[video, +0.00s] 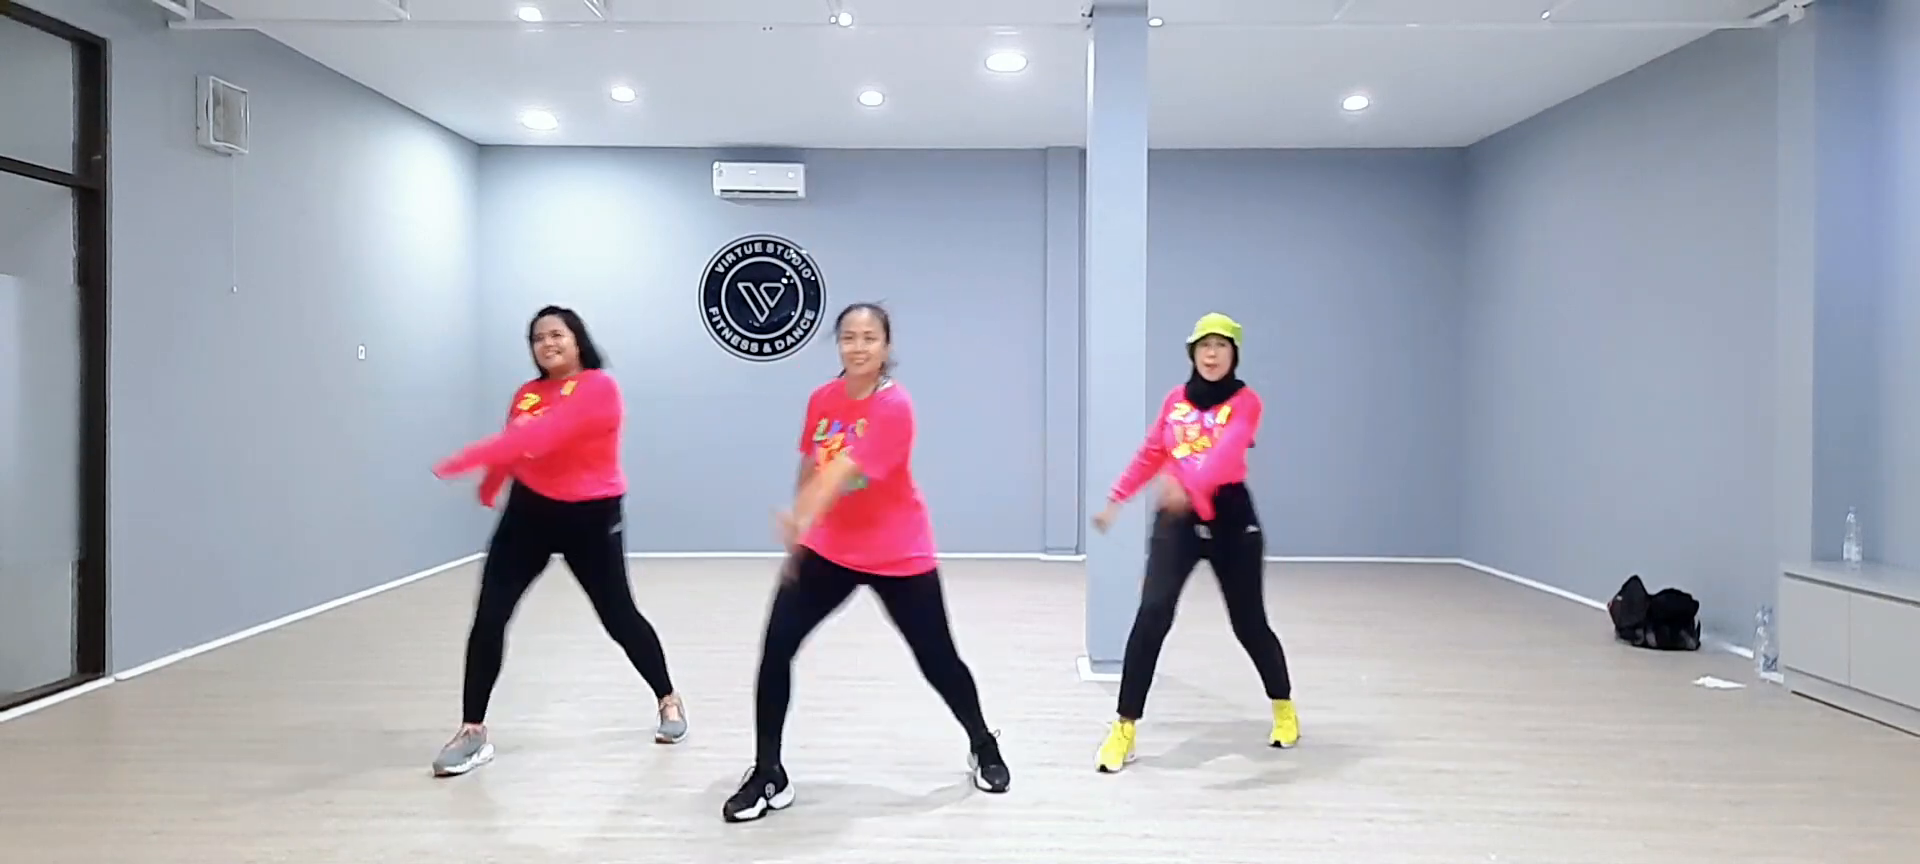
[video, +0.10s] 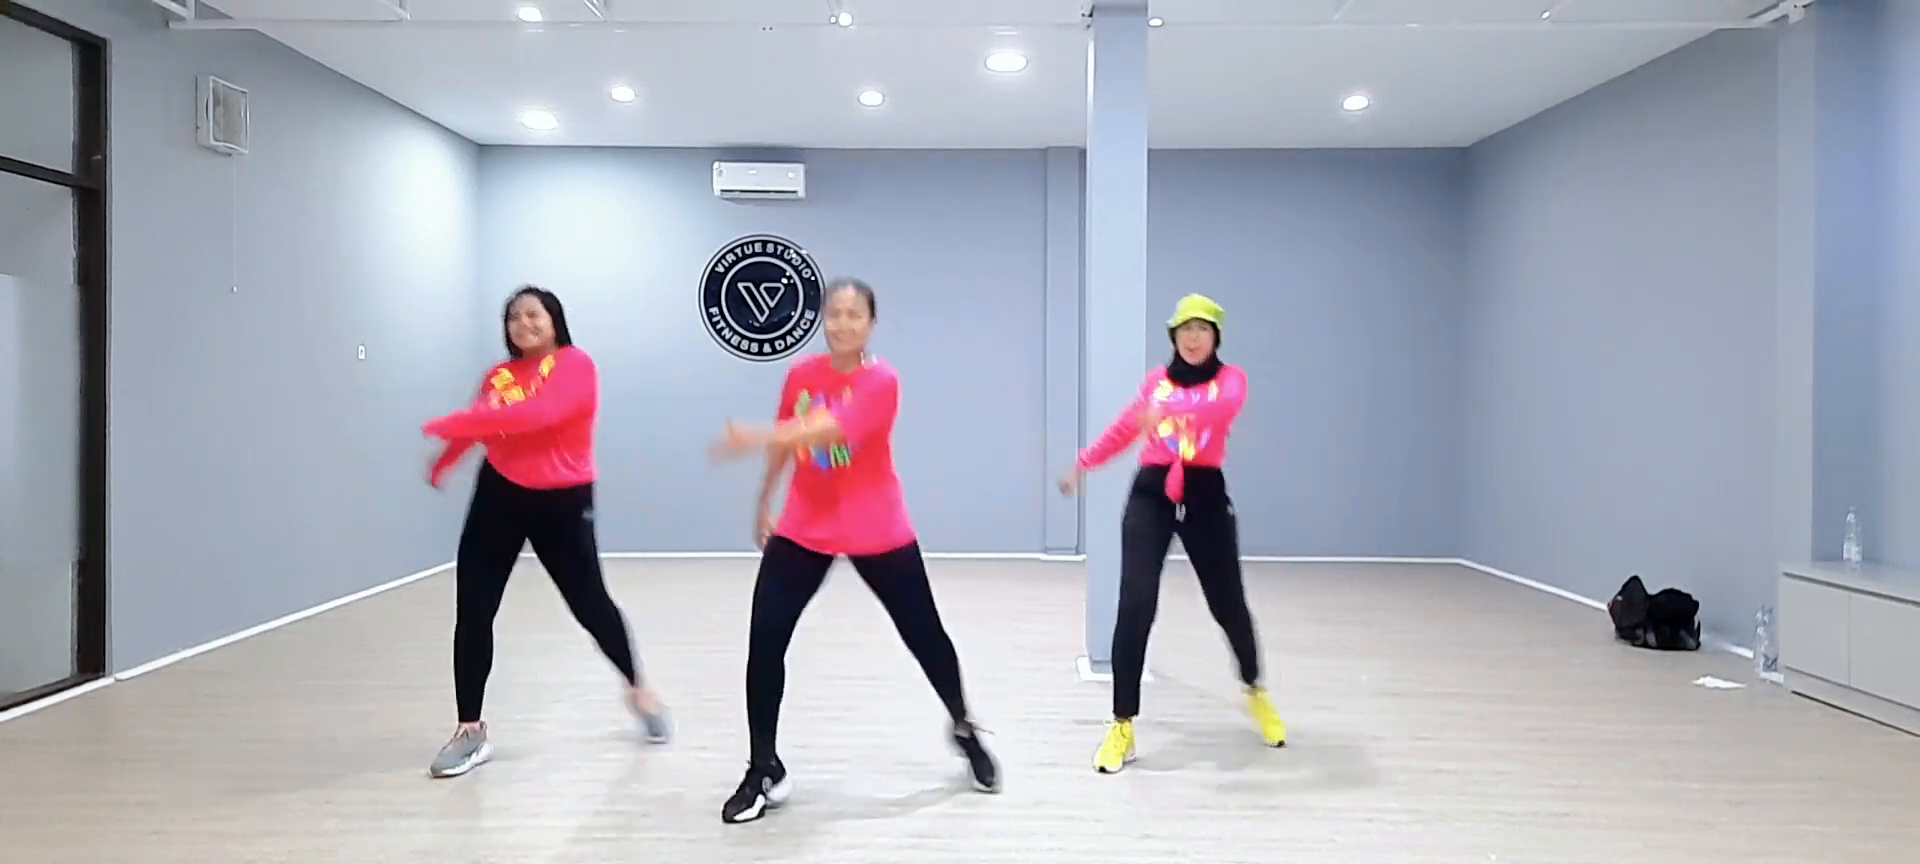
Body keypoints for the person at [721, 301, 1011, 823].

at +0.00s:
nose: (858, 346)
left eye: (869, 338)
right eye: (849, 338)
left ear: (887, 347)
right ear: (838, 346)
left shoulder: (894, 407)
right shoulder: (823, 399)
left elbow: (843, 473)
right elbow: (809, 469)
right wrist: (801, 520)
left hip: (900, 556)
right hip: (831, 551)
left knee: (939, 663)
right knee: (776, 648)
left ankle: (983, 745)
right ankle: (768, 773)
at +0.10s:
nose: (842, 322)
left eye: (853, 314)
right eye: (834, 314)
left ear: (871, 324)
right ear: (822, 321)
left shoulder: (880, 383)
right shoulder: (801, 375)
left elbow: (834, 428)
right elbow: (787, 443)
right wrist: (764, 506)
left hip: (876, 527)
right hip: (806, 525)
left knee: (926, 637)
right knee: (765, 641)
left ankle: (965, 729)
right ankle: (764, 766)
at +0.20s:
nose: (829, 294)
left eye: (840, 285)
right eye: (820, 285)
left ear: (858, 292)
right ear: (807, 291)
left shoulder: (874, 343)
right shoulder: (785, 342)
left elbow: (851, 383)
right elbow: (755, 405)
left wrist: (766, 377)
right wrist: (731, 465)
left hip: (865, 492)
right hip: (795, 495)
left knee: (913, 598)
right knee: (770, 620)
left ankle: (901, 706)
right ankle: (747, 747)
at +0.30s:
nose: (812, 291)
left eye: (822, 282)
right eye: (803, 282)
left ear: (841, 289)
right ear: (789, 290)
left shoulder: (858, 329)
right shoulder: (774, 336)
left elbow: (881, 356)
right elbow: (723, 377)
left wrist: (806, 354)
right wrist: (688, 428)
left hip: (857, 490)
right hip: (786, 493)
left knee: (891, 602)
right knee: (768, 617)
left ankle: (841, 689)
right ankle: (744, 744)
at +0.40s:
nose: (794, 321)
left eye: (805, 310)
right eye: (785, 310)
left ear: (823, 314)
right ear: (770, 314)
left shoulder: (852, 353)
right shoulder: (758, 360)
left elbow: (920, 339)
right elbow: (692, 371)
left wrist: (865, 364)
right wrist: (640, 410)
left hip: (846, 524)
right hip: (776, 525)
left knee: (859, 647)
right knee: (759, 649)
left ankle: (809, 736)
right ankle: (749, 771)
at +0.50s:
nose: (796, 344)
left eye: (806, 333)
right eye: (785, 334)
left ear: (822, 337)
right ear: (768, 338)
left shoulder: (851, 368)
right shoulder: (747, 389)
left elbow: (922, 346)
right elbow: (677, 401)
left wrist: (922, 394)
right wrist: (612, 432)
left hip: (844, 533)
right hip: (774, 534)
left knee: (861, 661)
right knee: (752, 660)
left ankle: (823, 728)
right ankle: (749, 772)